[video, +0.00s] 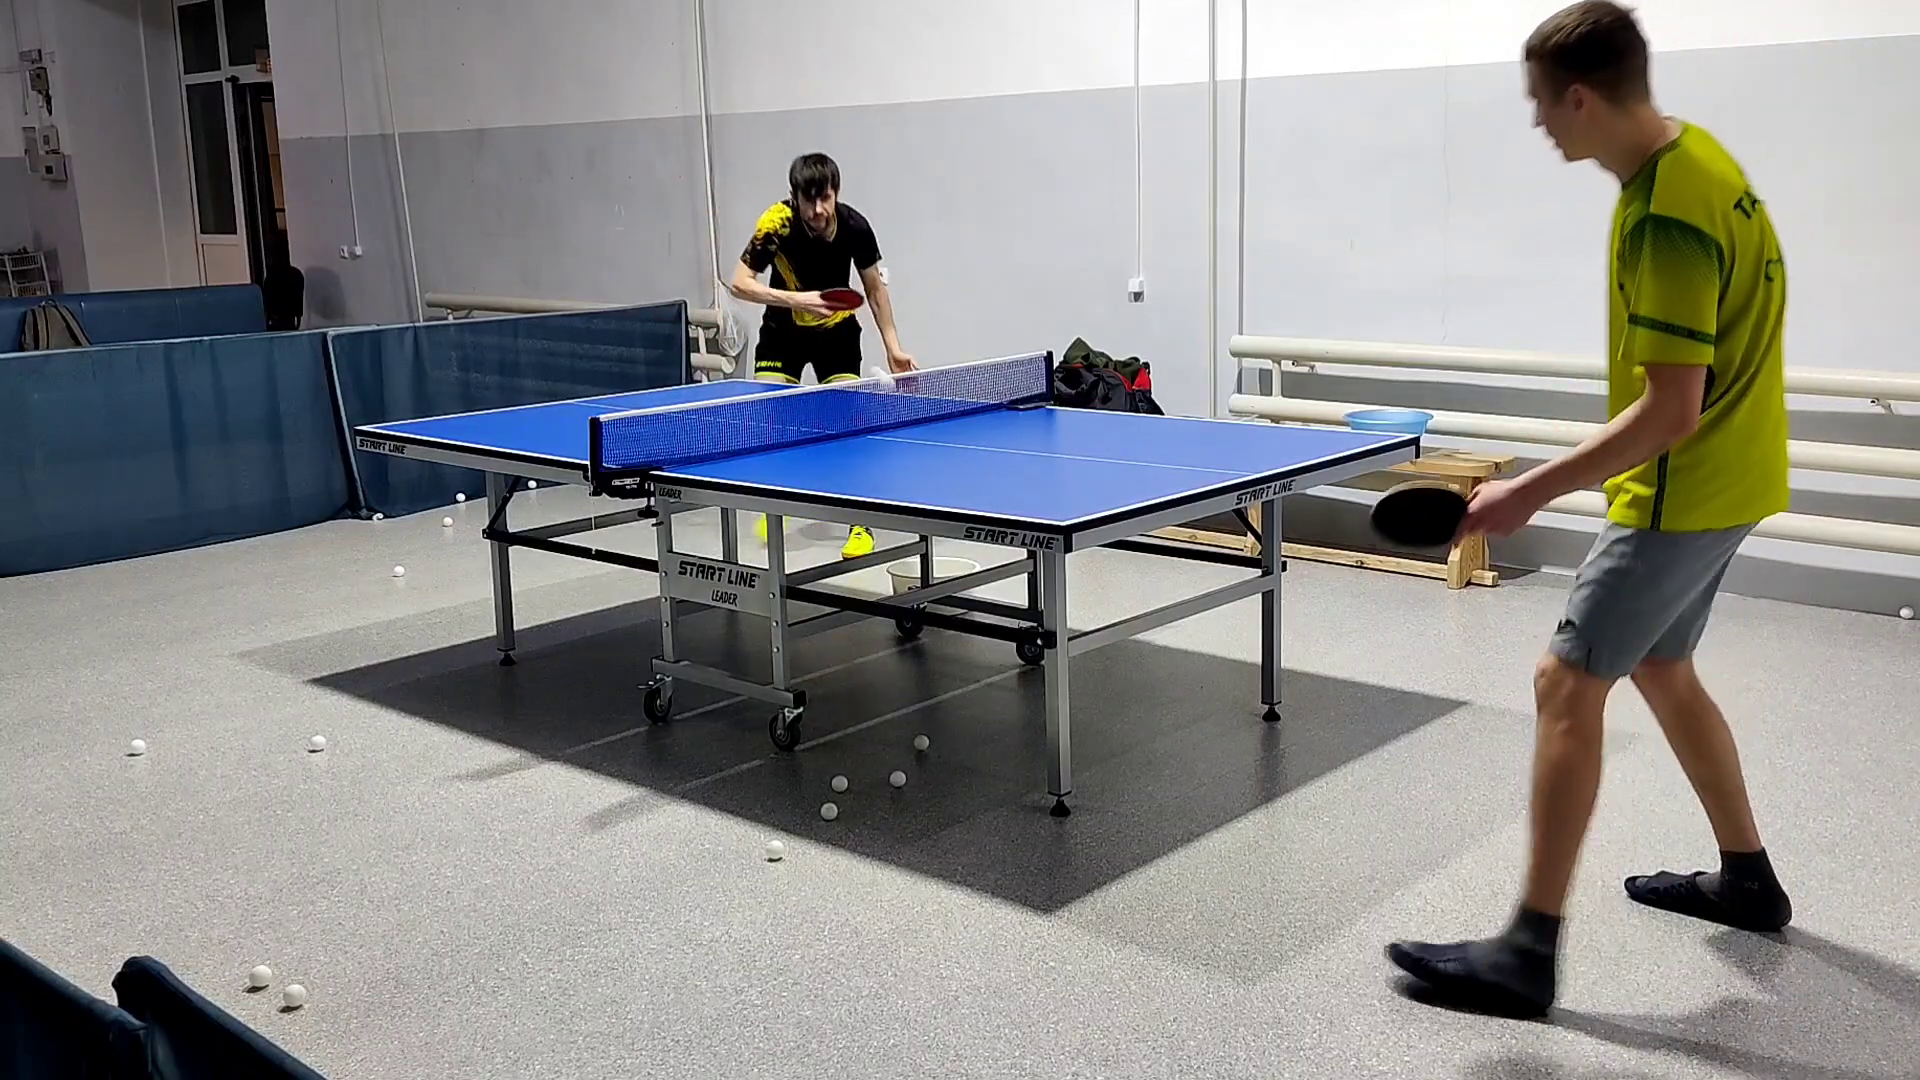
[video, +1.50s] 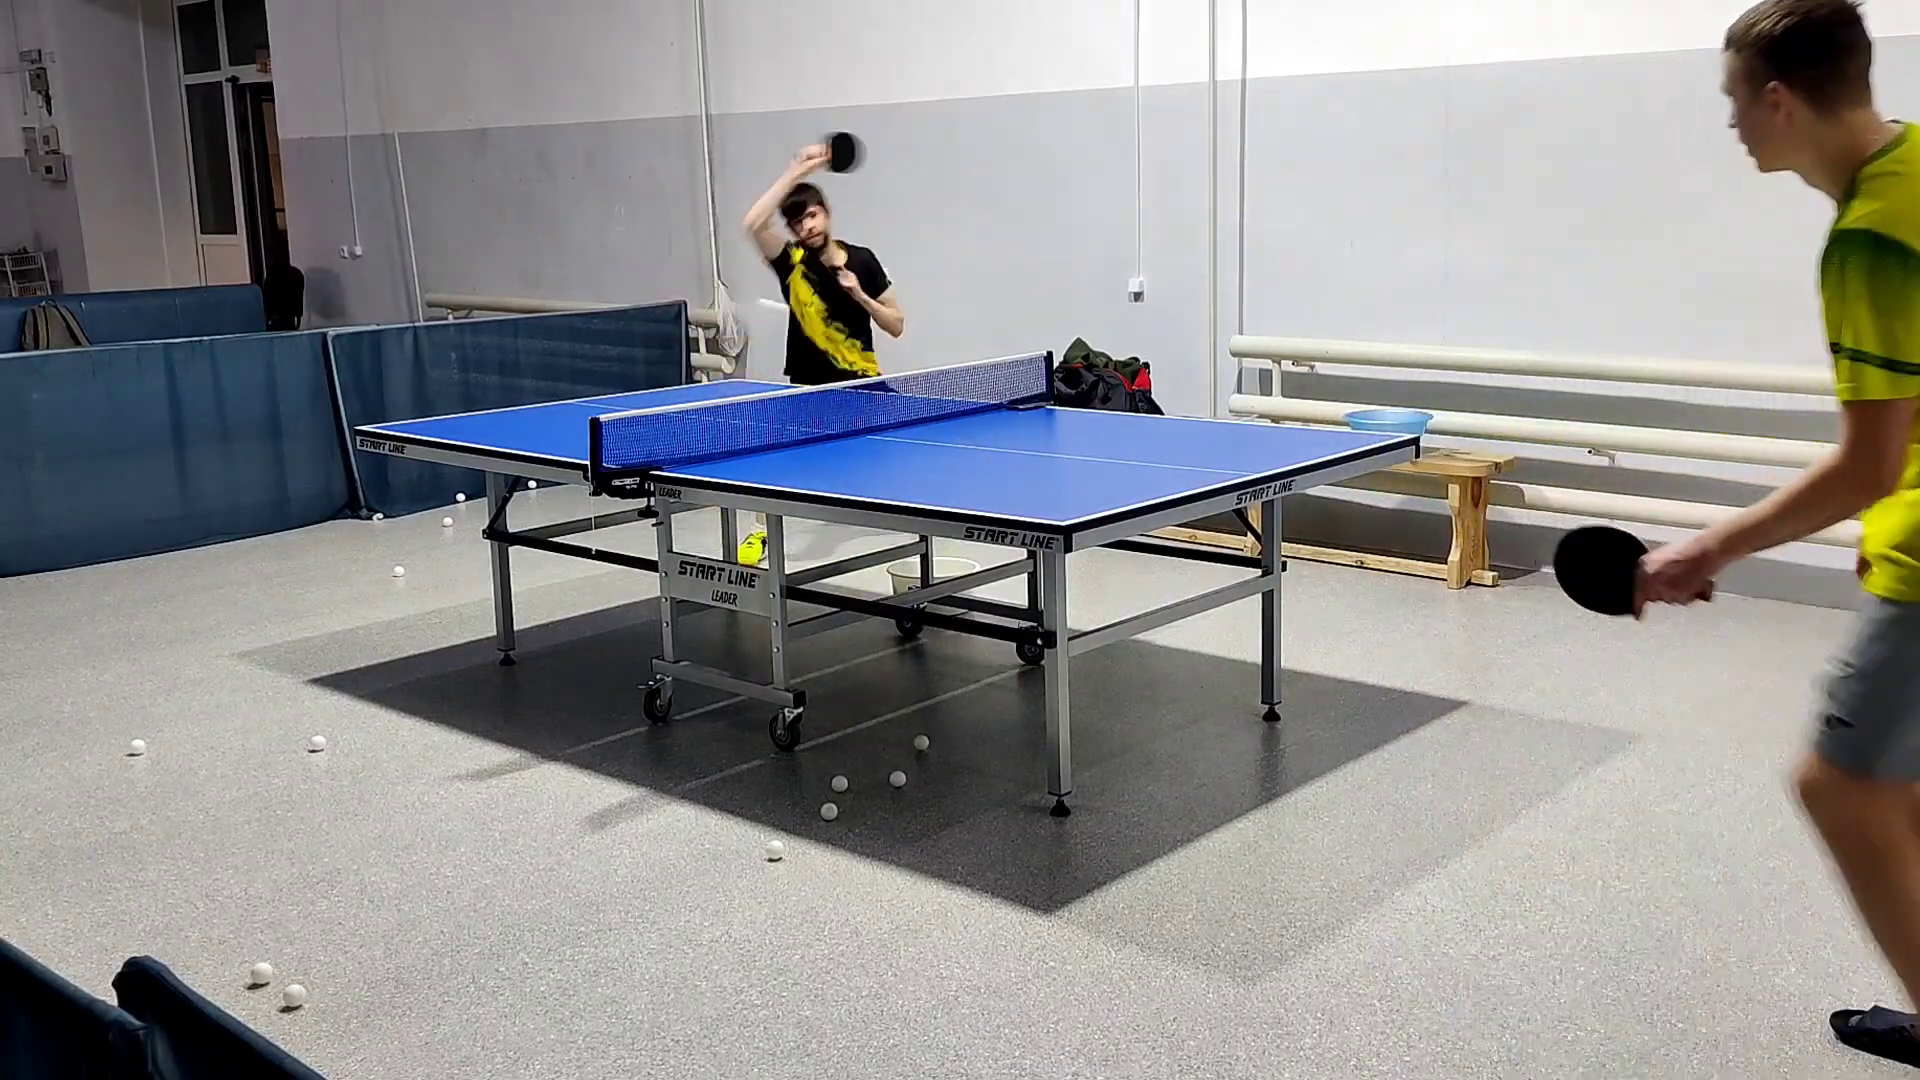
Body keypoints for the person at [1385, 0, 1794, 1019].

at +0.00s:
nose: (1544, 134)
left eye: (1546, 111)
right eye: (1539, 113)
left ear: (1592, 94)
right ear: (1617, 90)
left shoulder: (1674, 201)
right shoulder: (1691, 167)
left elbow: (1673, 408)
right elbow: (1704, 377)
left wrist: (1530, 490)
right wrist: (1637, 469)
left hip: (1682, 495)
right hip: (1715, 483)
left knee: (1567, 683)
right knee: (1661, 670)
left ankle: (1527, 949)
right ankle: (1747, 877)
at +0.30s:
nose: (1407, 187)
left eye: (1411, 165)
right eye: (1400, 168)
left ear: (1465, 146)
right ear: (1471, 145)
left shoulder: (1562, 237)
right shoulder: (1559, 202)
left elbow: (1560, 440)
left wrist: (1438, 477)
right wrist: (1478, 474)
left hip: (1615, 511)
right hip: (1659, 491)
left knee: (1473, 689)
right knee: (1639, 676)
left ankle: (1512, 954)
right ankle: (1744, 878)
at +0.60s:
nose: (1317, 272)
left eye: (1315, 252)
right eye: (1309, 253)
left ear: (1358, 239)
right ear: (1399, 209)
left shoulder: (1426, 355)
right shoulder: (1516, 226)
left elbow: (1350, 524)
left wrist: (1240, 568)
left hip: (1593, 548)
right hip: (1691, 505)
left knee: (1415, 705)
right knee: (1649, 689)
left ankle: (1506, 953)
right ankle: (1746, 876)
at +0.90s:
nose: (1405, 219)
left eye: (1405, 199)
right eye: (1400, 200)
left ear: (1438, 190)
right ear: (1492, 169)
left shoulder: (1473, 313)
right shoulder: (1613, 206)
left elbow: (1476, 482)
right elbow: (1650, 354)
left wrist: (1438, 474)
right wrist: (1525, 429)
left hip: (1648, 541)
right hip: (1766, 512)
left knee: (1471, 694)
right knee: (1725, 710)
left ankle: (1509, 955)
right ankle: (1890, 935)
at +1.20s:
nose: (1615, 178)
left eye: (1620, 156)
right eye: (1613, 157)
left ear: (1663, 150)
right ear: (1713, 139)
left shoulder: (1709, 281)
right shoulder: (1825, 201)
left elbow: (1716, 487)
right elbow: (1886, 370)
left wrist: (1609, 548)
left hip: (1816, 569)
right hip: (1906, 553)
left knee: (1615, 716)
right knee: (1830, 771)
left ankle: (1539, 960)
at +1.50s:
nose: (1735, 123)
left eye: (1739, 99)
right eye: (1732, 101)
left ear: (1786, 95)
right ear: (1836, 86)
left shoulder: (1874, 237)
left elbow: (1872, 463)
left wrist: (1714, 548)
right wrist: (1721, 546)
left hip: (1913, 567)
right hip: (1912, 562)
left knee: (1842, 787)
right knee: (1885, 788)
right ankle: (1919, 1019)